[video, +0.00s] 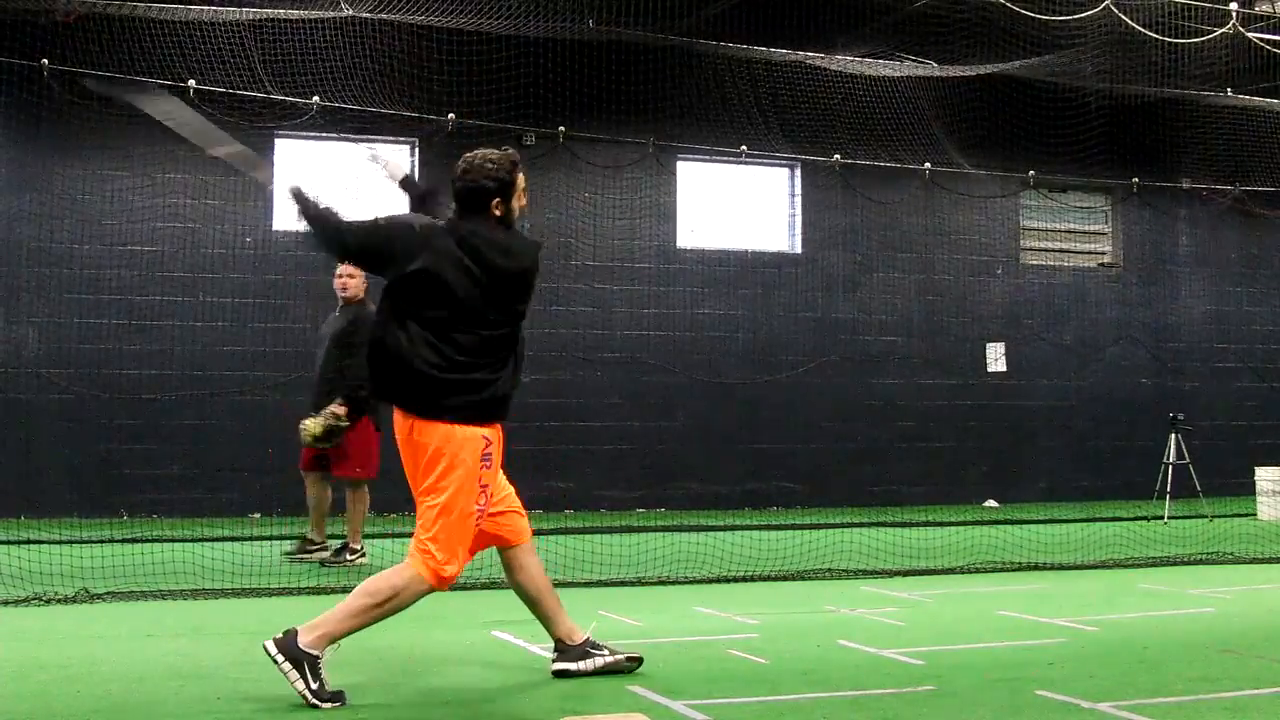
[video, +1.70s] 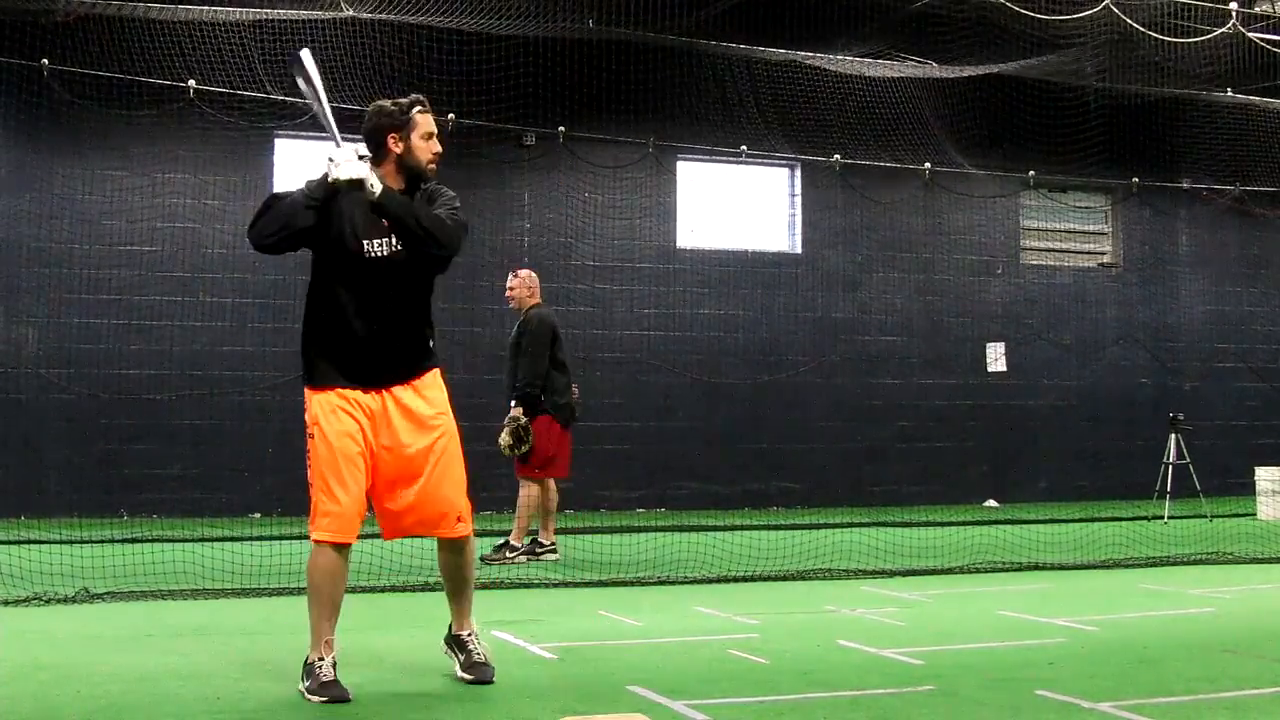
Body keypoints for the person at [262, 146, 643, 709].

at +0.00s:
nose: (525, 200)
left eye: (523, 191)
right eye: (520, 193)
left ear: (465, 197)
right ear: (501, 202)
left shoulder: (418, 236)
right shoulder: (520, 254)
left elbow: (344, 239)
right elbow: (457, 227)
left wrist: (315, 214)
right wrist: (411, 184)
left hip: (429, 419)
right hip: (464, 425)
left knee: (513, 532)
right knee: (433, 565)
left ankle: (572, 644)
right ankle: (304, 643)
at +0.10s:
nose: (522, 194)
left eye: (520, 184)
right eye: (518, 186)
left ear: (467, 193)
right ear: (495, 197)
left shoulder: (407, 243)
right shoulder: (518, 242)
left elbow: (314, 258)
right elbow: (467, 230)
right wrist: (418, 208)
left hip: (423, 417)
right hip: (467, 423)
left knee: (514, 528)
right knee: (430, 565)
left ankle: (573, 643)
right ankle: (301, 644)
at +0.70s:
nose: (524, 191)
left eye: (520, 180)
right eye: (520, 183)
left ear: (463, 190)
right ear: (502, 193)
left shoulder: (424, 245)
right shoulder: (530, 257)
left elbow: (333, 278)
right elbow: (539, 286)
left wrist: (271, 242)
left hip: (439, 422)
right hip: (466, 433)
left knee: (529, 527)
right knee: (435, 568)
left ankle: (577, 646)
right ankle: (302, 643)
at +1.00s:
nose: (537, 190)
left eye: (534, 180)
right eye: (532, 182)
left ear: (477, 191)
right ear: (513, 193)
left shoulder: (433, 241)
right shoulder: (534, 263)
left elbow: (354, 251)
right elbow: (562, 310)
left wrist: (336, 206)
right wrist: (524, 246)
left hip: (431, 423)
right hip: (471, 438)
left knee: (534, 525)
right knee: (436, 571)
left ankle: (578, 647)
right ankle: (301, 644)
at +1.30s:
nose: (553, 195)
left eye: (549, 186)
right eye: (547, 188)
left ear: (498, 201)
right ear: (524, 202)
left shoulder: (446, 245)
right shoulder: (544, 277)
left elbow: (390, 243)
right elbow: (572, 349)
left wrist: (403, 193)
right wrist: (572, 307)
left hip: (441, 426)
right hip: (475, 443)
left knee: (546, 522)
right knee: (441, 575)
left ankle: (580, 647)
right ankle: (303, 644)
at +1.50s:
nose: (564, 199)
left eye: (561, 191)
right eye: (558, 193)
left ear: (512, 204)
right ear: (535, 205)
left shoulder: (458, 246)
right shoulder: (548, 289)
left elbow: (420, 241)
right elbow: (565, 382)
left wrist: (451, 200)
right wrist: (594, 374)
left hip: (449, 421)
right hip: (478, 442)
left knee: (553, 515)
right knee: (442, 575)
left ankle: (581, 647)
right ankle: (304, 644)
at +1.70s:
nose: (438, 147)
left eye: (437, 137)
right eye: (430, 137)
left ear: (403, 143)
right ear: (395, 143)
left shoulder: (434, 199)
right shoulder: (335, 200)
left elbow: (447, 241)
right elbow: (263, 233)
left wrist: (378, 188)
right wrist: (326, 187)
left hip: (415, 383)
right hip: (339, 387)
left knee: (455, 521)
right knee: (335, 526)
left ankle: (462, 630)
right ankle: (321, 658)